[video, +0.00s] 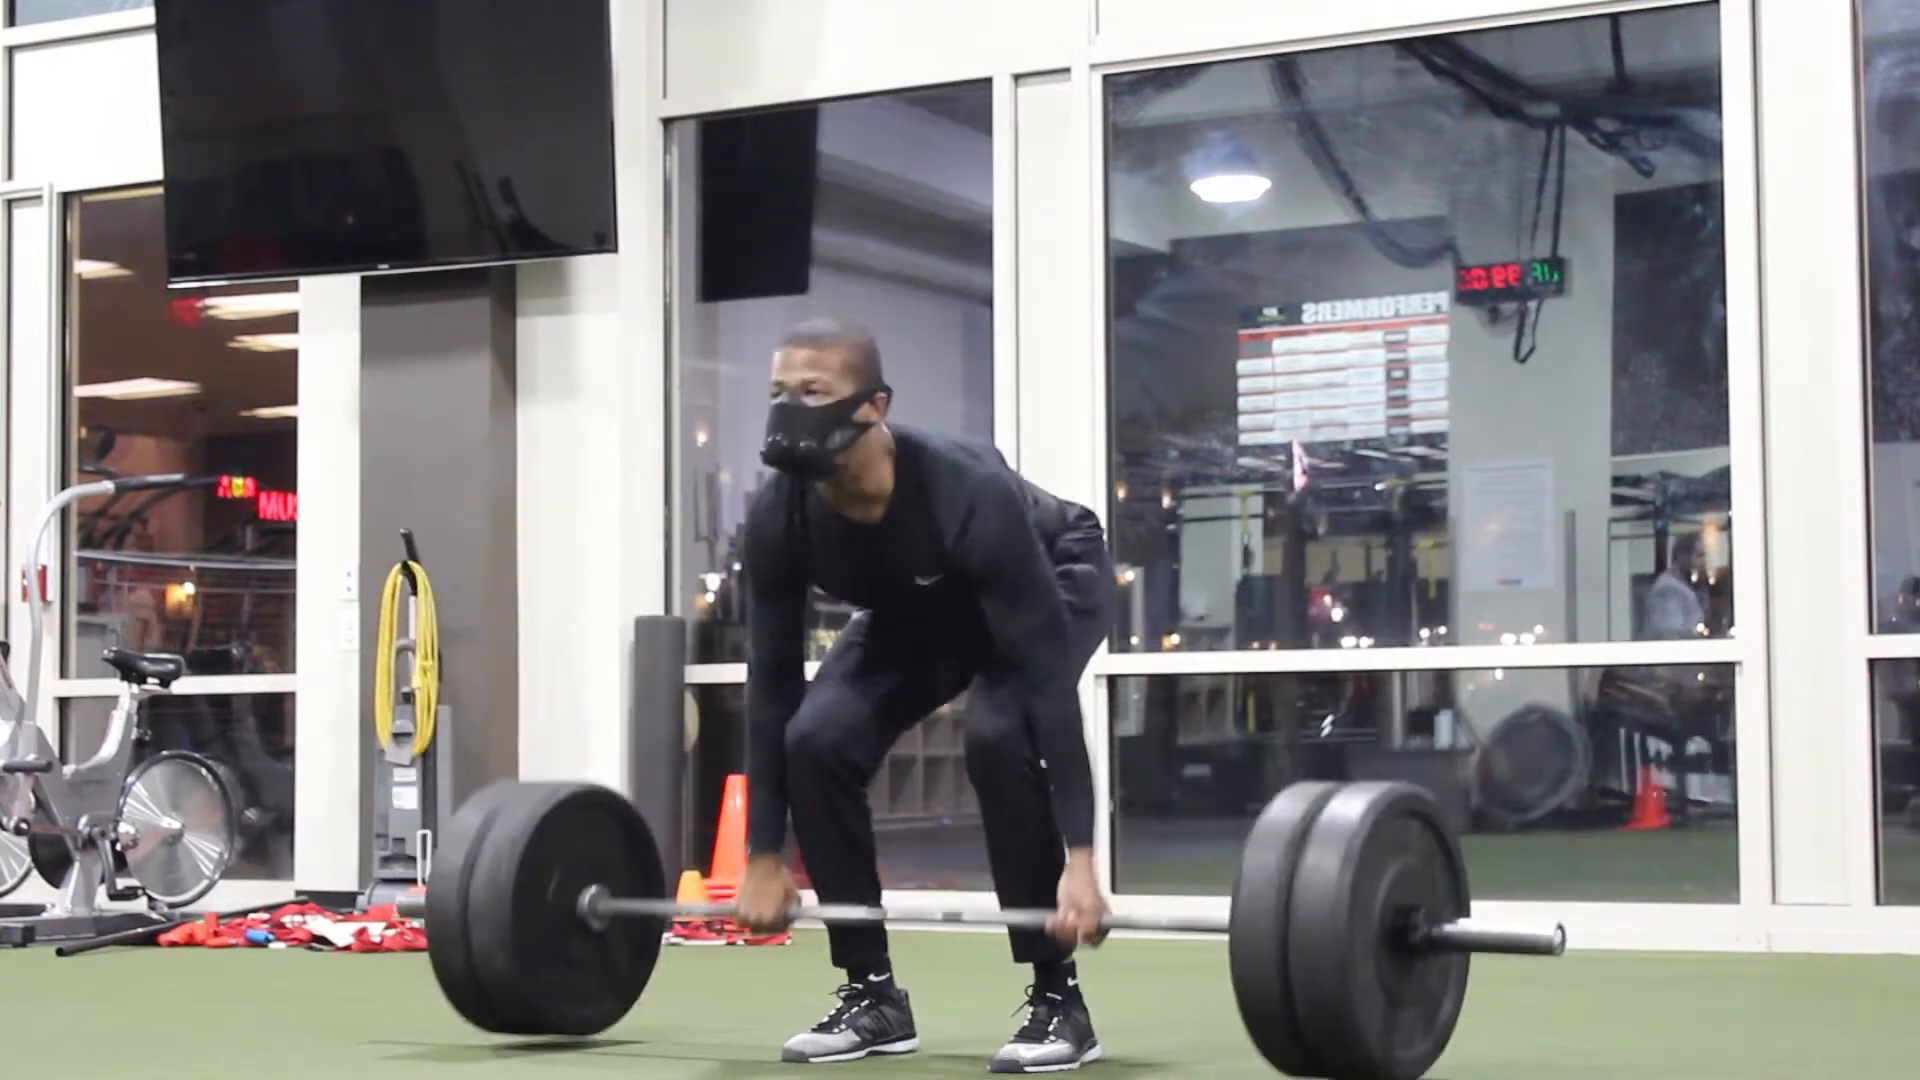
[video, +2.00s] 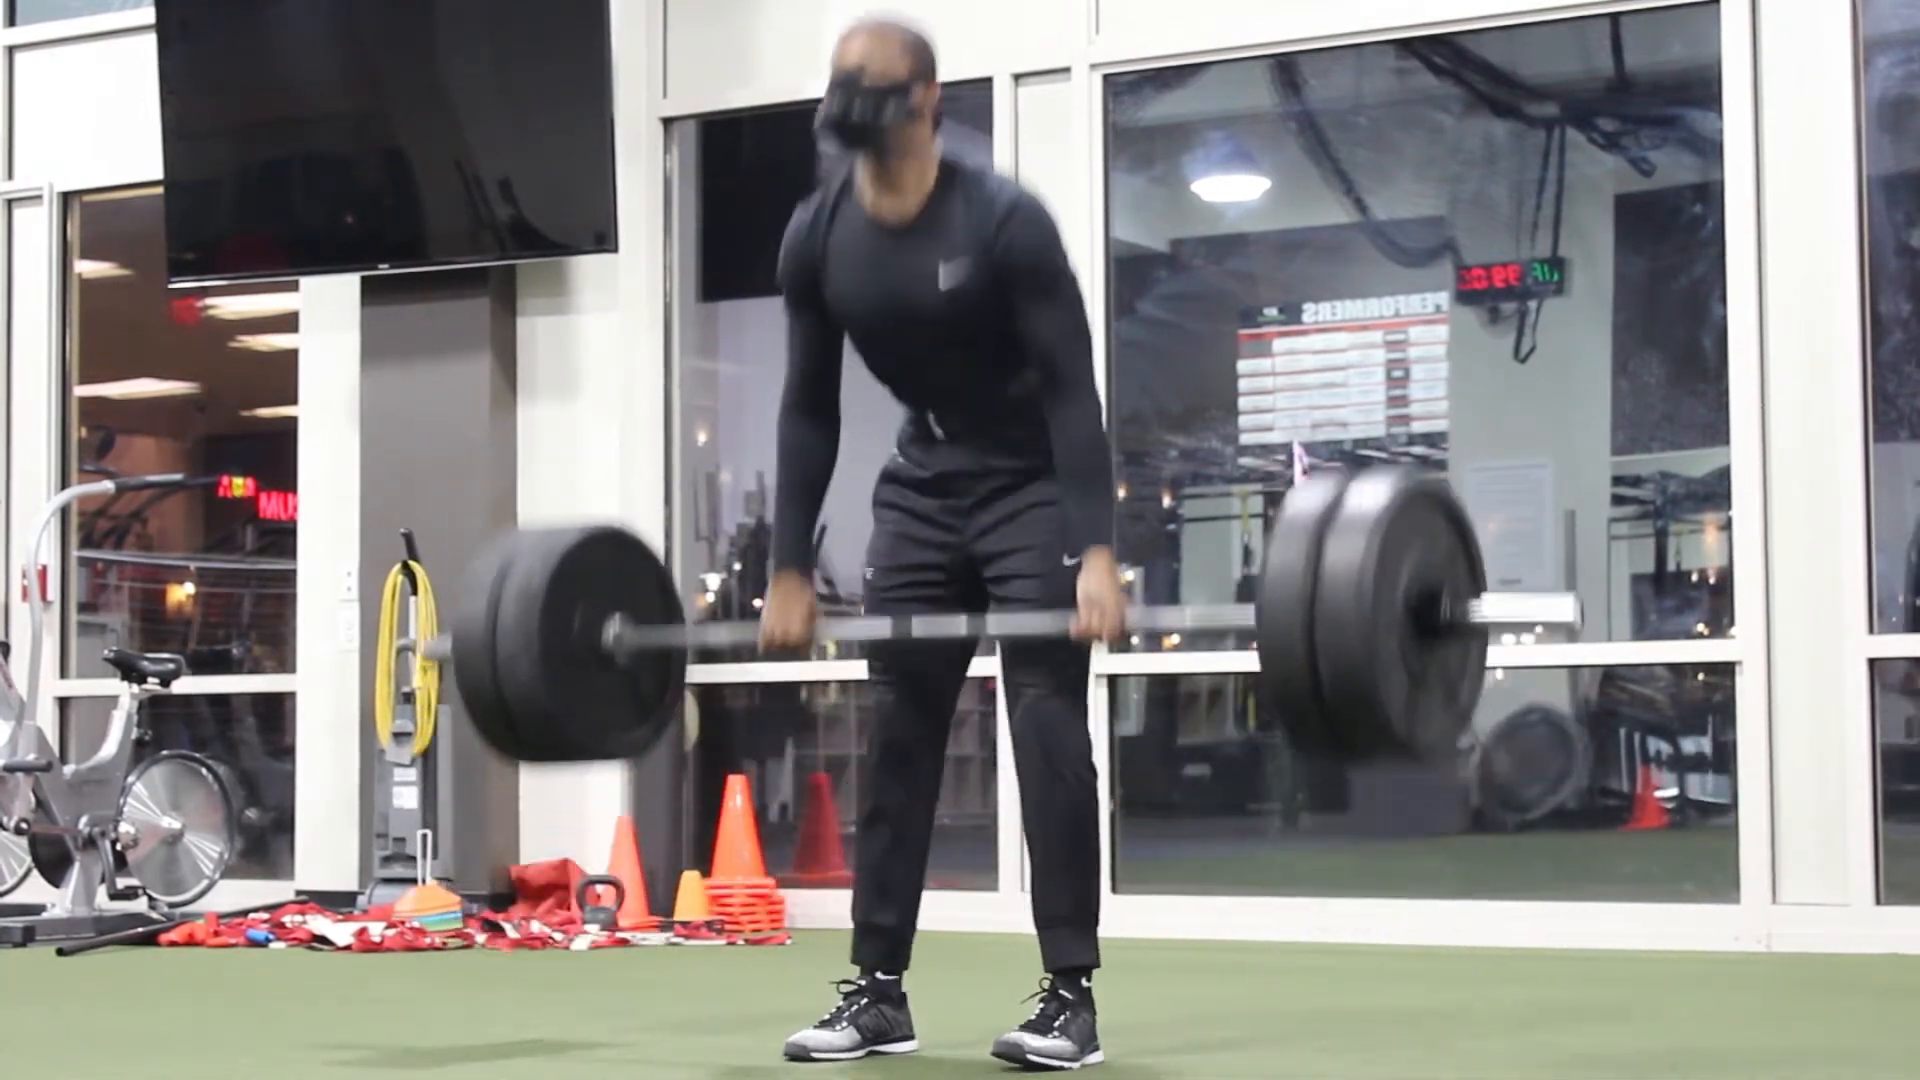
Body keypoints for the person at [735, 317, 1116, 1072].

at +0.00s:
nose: (788, 411)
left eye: (811, 394)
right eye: (779, 393)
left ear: (873, 409)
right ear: (767, 400)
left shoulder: (972, 493)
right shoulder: (776, 517)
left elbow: (1049, 677)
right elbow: (771, 687)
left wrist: (1081, 857)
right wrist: (765, 857)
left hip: (1048, 573)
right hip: (927, 599)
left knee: (998, 739)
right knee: (817, 745)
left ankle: (1057, 1004)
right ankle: (873, 997)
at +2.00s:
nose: (856, 108)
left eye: (877, 90)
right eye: (844, 91)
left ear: (931, 98)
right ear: (832, 103)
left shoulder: (1007, 220)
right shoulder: (816, 240)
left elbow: (1073, 387)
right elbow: (808, 408)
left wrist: (1098, 548)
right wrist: (790, 566)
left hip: (1035, 482)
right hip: (921, 483)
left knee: (1046, 727)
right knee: (900, 731)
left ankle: (1070, 996)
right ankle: (878, 991)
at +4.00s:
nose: (817, 274)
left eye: (841, 259)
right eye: (810, 256)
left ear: (901, 271)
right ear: (799, 258)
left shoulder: (991, 377)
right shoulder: (804, 402)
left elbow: (1054, 567)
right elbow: (793, 578)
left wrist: (1075, 742)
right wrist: (766, 749)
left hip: (1051, 530)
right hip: (939, 544)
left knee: (1041, 729)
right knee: (852, 728)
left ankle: (1065, 1002)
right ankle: (872, 996)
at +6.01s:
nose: (806, 206)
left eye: (830, 190)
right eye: (799, 187)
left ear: (889, 197)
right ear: (788, 191)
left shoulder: (980, 308)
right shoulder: (789, 328)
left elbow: (1051, 479)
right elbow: (785, 497)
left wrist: (1082, 656)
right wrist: (775, 665)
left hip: (1034, 502)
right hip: (919, 509)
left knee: (1041, 733)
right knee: (868, 725)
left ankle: (1065, 998)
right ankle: (873, 992)